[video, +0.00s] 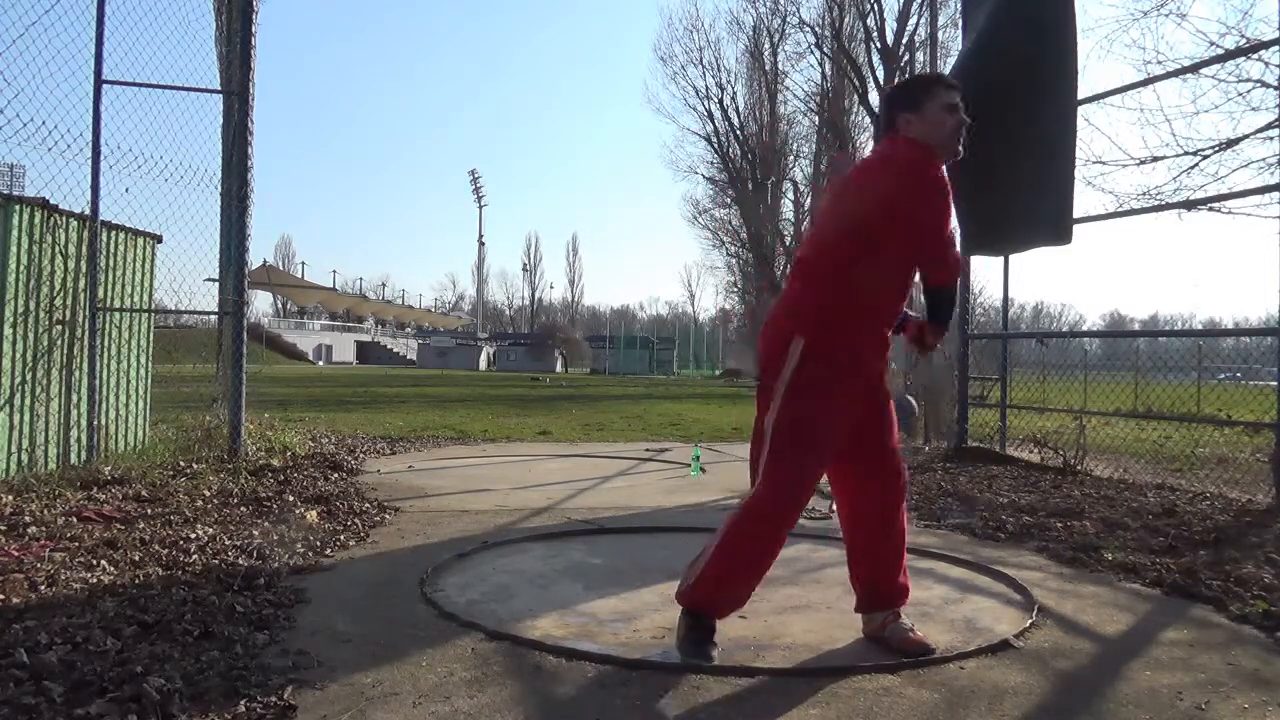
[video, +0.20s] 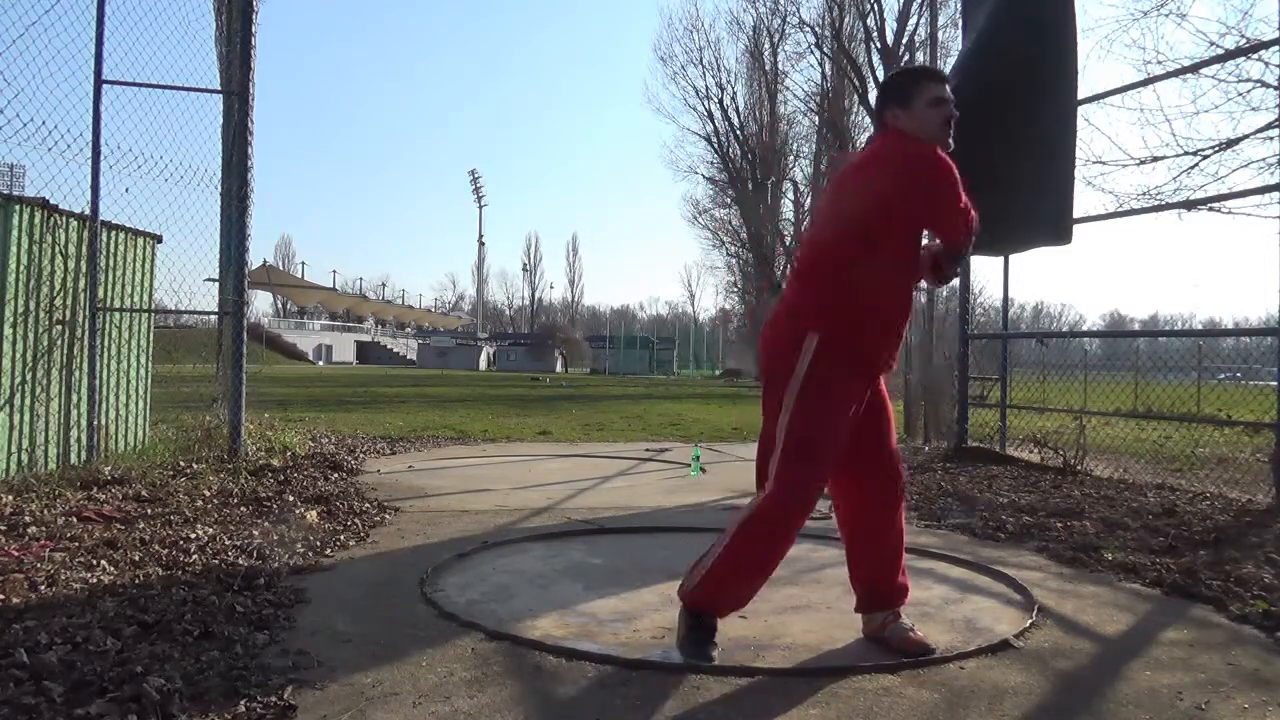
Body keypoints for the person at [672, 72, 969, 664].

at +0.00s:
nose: (964, 121)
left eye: (962, 112)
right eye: (950, 110)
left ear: (906, 124)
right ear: (907, 119)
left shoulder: (868, 172)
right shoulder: (920, 169)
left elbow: (851, 271)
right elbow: (942, 266)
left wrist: (905, 322)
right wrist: (937, 323)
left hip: (857, 350)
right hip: (813, 342)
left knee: (877, 481)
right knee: (781, 490)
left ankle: (882, 616)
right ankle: (700, 604)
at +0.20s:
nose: (952, 113)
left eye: (952, 104)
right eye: (938, 104)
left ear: (900, 121)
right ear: (897, 114)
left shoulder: (872, 163)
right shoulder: (922, 163)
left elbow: (873, 244)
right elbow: (964, 230)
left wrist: (928, 262)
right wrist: (946, 259)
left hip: (854, 352)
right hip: (819, 344)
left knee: (876, 483)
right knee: (789, 491)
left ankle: (882, 617)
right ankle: (700, 599)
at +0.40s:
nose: (918, 107)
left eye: (920, 98)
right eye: (903, 98)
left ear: (917, 110)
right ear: (863, 113)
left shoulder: (856, 170)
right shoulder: (881, 158)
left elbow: (873, 276)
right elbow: (966, 224)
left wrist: (944, 257)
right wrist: (970, 232)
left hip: (842, 360)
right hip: (793, 351)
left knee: (871, 486)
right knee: (774, 496)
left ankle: (881, 618)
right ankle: (703, 606)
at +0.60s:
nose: (844, 120)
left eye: (854, 111)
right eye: (829, 110)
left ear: (865, 125)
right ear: (803, 124)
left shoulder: (855, 203)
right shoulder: (793, 179)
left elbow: (871, 295)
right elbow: (889, 235)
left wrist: (953, 294)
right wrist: (967, 271)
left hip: (824, 371)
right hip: (753, 368)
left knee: (871, 476)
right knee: (740, 489)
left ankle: (881, 614)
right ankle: (720, 612)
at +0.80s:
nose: (761, 144)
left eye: (775, 134)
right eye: (752, 136)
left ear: (803, 147)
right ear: (743, 151)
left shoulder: (838, 220)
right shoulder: (721, 218)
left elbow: (859, 318)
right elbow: (726, 302)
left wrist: (872, 373)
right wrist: (721, 367)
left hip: (814, 388)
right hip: (733, 386)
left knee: (856, 483)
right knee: (704, 483)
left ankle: (881, 615)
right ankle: (732, 617)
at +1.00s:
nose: (737, 152)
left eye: (747, 141)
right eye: (741, 142)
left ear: (778, 146)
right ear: (766, 148)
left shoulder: (825, 204)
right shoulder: (751, 215)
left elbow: (789, 284)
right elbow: (714, 266)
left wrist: (708, 310)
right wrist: (685, 296)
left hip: (845, 384)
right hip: (781, 383)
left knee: (842, 523)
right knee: (715, 481)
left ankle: (914, 591)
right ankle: (747, 622)